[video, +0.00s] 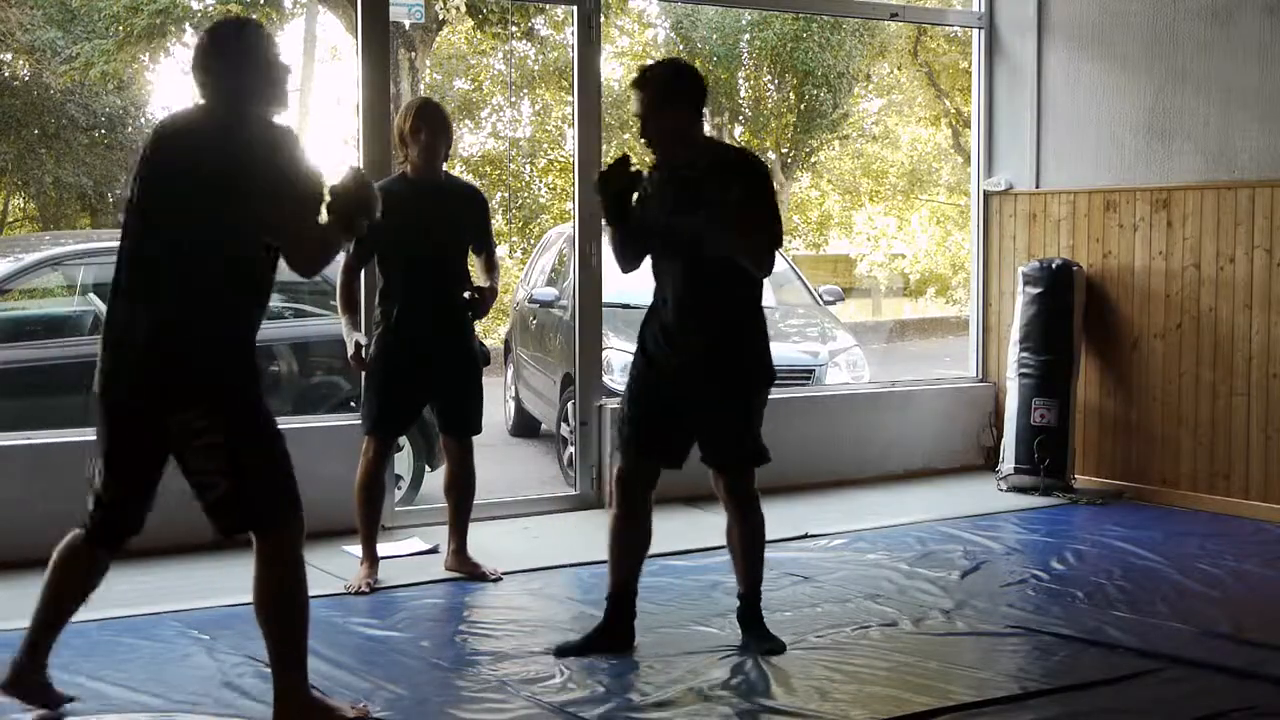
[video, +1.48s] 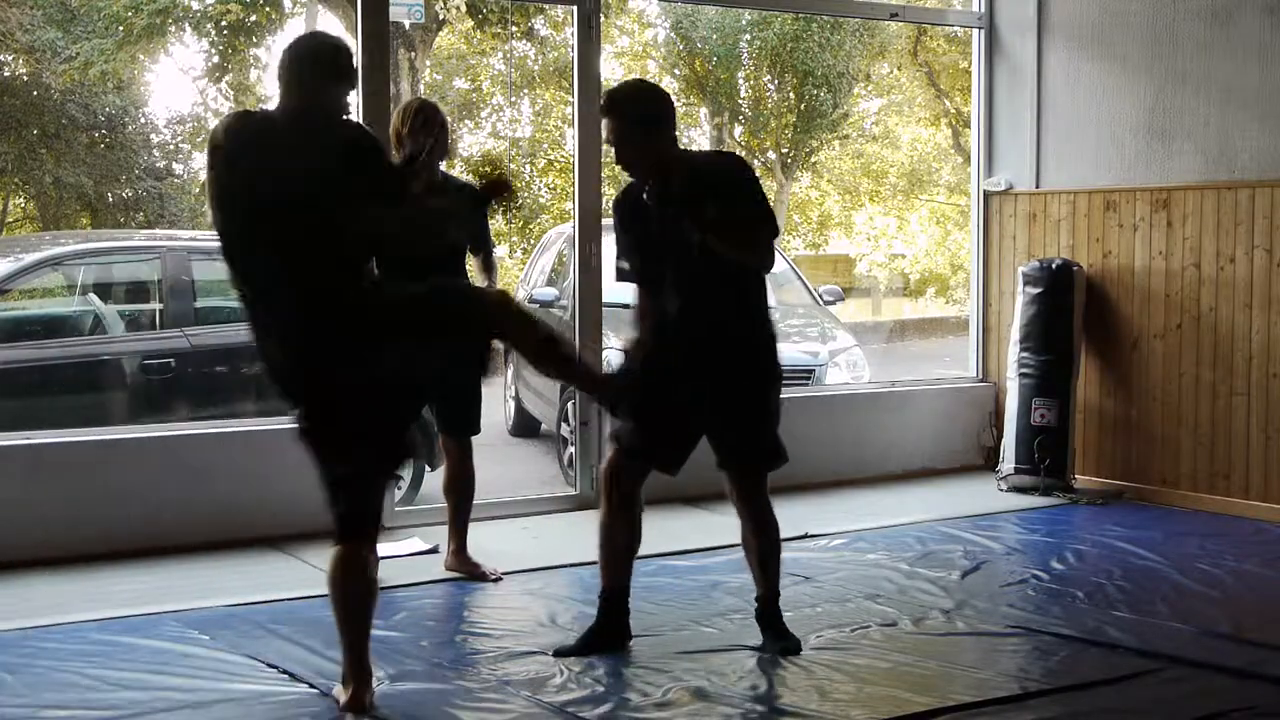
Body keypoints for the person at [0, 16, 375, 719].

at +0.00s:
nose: (287, 72)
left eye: (281, 60)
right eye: (276, 62)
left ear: (209, 72)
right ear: (250, 72)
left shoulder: (168, 136)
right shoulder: (268, 146)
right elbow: (308, 258)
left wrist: (323, 212)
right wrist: (348, 210)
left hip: (131, 366)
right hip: (211, 371)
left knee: (108, 523)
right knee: (279, 526)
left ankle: (28, 664)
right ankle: (293, 696)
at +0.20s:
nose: (269, 75)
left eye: (265, 62)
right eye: (260, 63)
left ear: (194, 72)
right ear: (234, 72)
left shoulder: (152, 138)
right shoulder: (242, 140)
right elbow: (269, 249)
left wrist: (294, 206)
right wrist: (326, 216)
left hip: (124, 372)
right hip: (204, 375)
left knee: (92, 535)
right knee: (277, 525)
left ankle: (25, 695)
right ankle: (293, 695)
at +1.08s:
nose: (284, 83)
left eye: (280, 71)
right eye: (273, 72)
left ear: (219, 82)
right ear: (246, 80)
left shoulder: (184, 145)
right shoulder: (254, 146)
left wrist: (306, 148)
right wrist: (307, 145)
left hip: (165, 373)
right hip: (231, 374)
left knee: (111, 540)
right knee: (321, 520)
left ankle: (33, 696)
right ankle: (317, 692)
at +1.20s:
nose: (310, 80)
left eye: (308, 67)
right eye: (304, 67)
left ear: (239, 72)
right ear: (285, 71)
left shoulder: (204, 134)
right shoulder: (309, 133)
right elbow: (386, 142)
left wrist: (307, 84)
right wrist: (380, 62)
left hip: (222, 355)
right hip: (297, 353)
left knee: (232, 511)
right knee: (353, 505)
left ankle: (212, 549)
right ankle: (326, 680)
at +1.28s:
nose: (315, 61)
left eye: (312, 50)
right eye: (311, 49)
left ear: (241, 52)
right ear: (298, 52)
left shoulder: (205, 117)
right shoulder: (314, 110)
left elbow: (213, 227)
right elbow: (414, 130)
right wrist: (410, 62)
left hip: (251, 336)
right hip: (326, 323)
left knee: (288, 493)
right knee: (397, 441)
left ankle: (326, 649)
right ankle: (377, 569)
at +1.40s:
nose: (332, 84)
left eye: (331, 71)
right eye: (327, 71)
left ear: (268, 71)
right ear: (302, 73)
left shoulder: (227, 133)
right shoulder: (326, 133)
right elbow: (404, 169)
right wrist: (443, 139)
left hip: (270, 347)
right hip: (340, 333)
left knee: (334, 524)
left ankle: (354, 679)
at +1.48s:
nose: (350, 100)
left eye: (349, 89)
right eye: (347, 86)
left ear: (280, 78)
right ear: (334, 84)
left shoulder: (231, 138)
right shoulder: (353, 147)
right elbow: (405, 230)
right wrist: (481, 199)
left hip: (299, 352)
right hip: (372, 330)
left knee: (356, 530)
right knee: (500, 311)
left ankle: (356, 680)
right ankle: (610, 390)